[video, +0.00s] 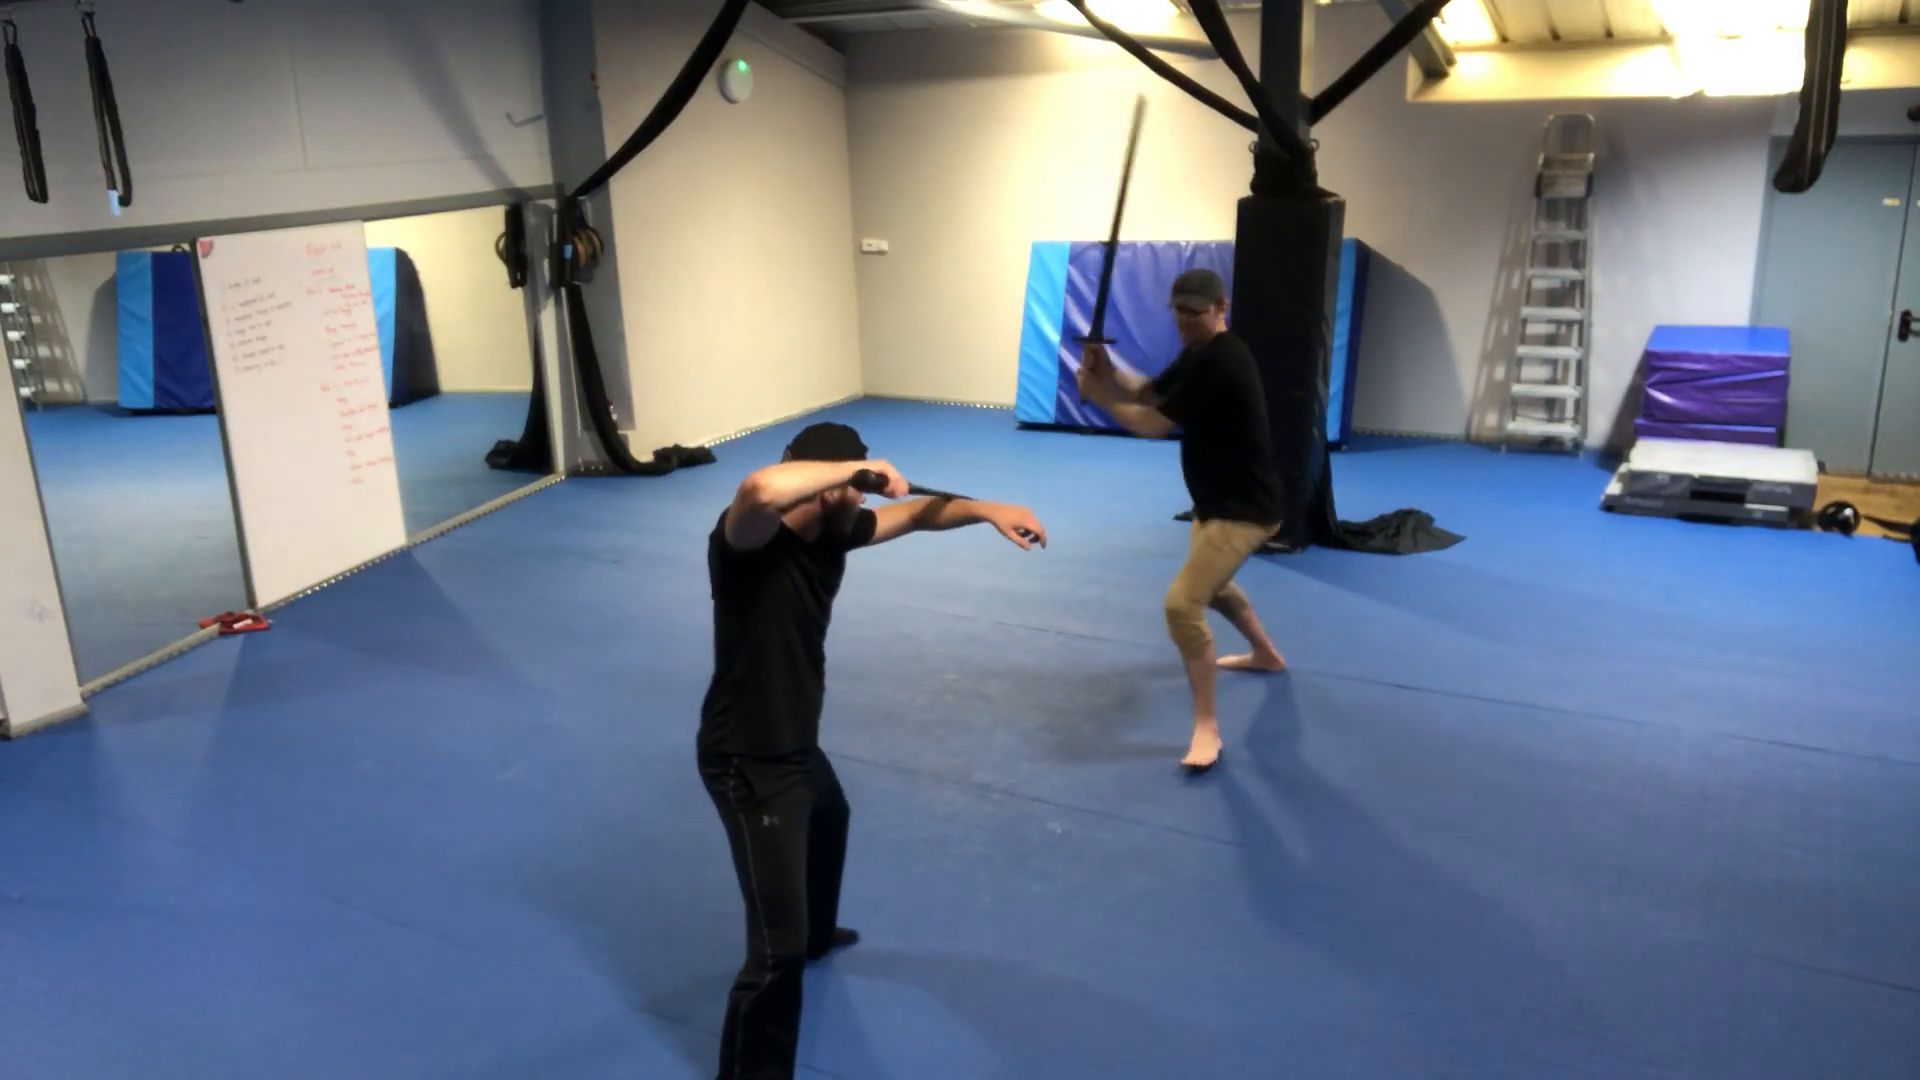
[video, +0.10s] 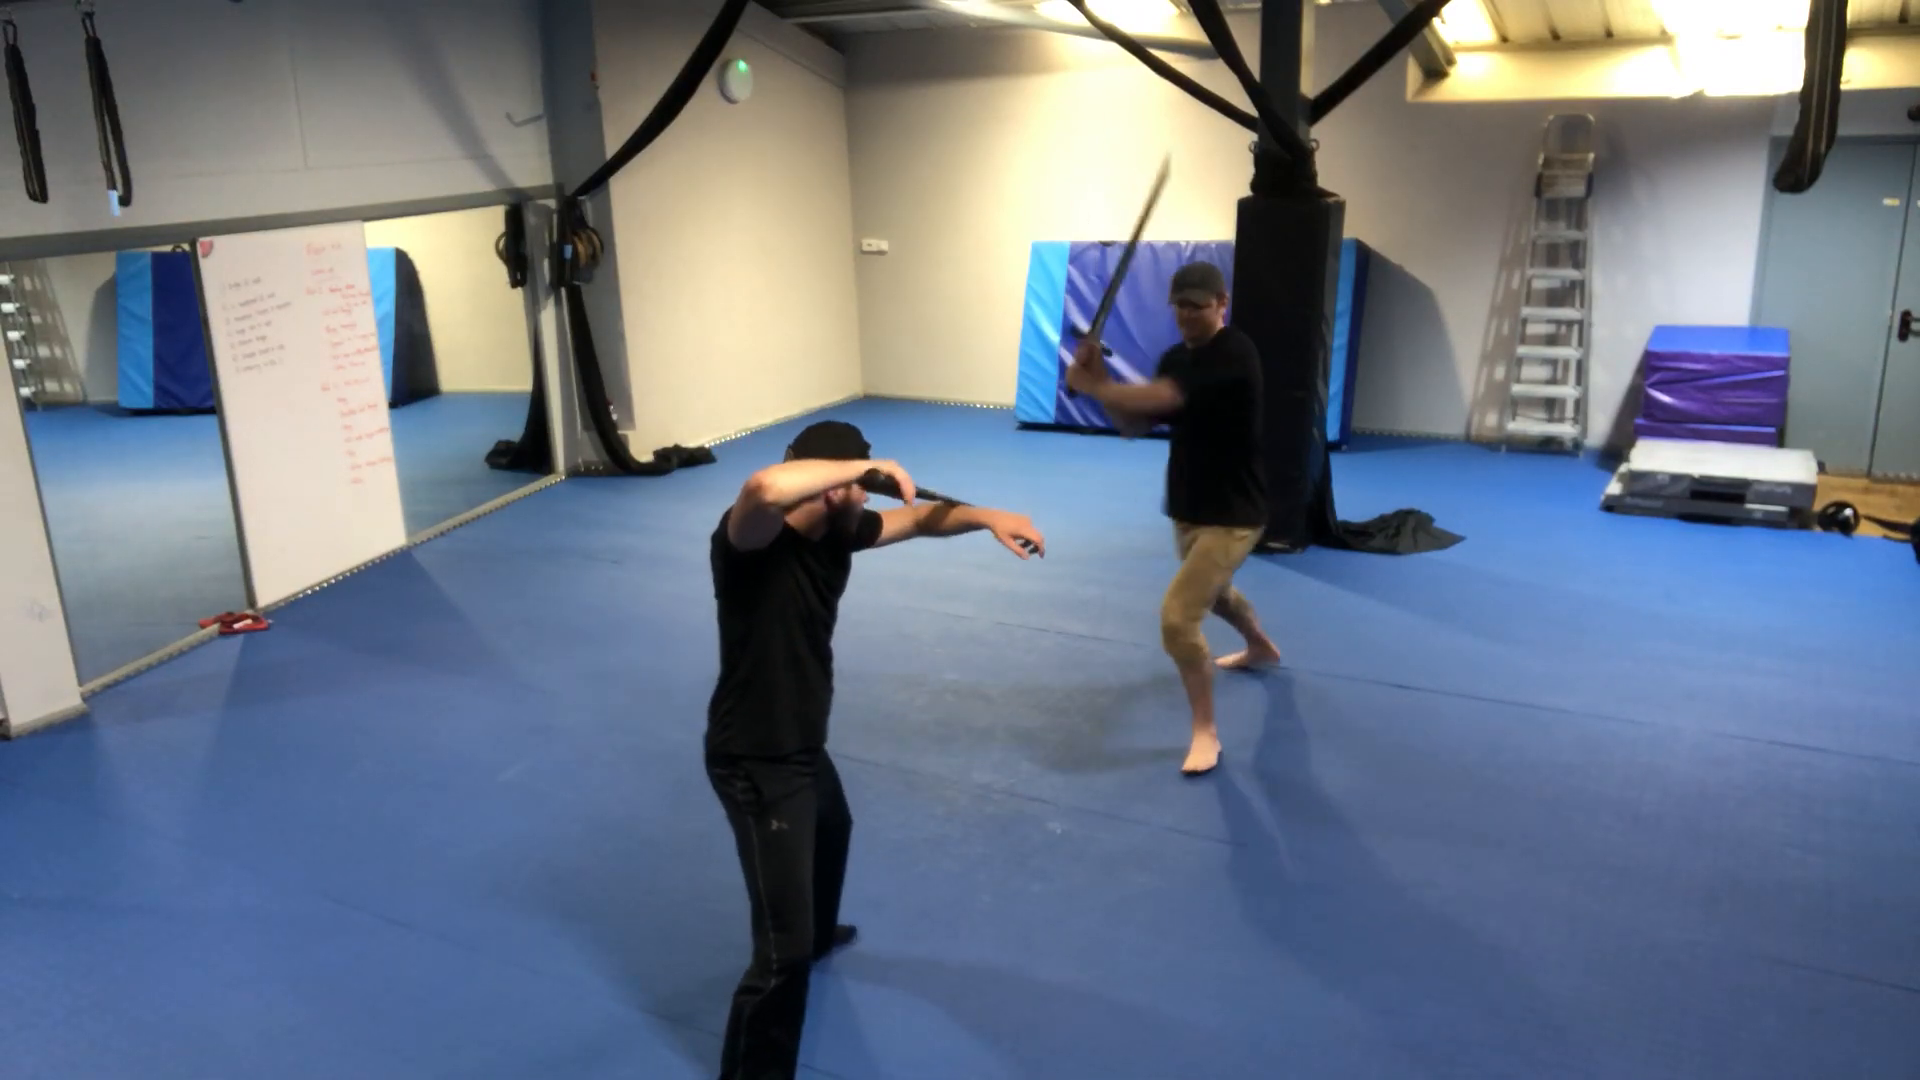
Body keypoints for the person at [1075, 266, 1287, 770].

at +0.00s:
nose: (1181, 323)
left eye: (1191, 314)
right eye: (1178, 314)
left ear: (1219, 312)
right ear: (1177, 312)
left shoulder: (1222, 361)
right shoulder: (1198, 353)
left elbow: (1157, 424)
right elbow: (1146, 393)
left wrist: (1103, 398)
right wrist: (1107, 367)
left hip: (1247, 510)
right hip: (1215, 503)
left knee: (1182, 607)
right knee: (1210, 584)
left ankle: (1205, 726)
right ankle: (1264, 652)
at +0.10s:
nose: (1187, 316)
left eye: (1197, 307)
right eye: (1180, 307)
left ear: (1221, 306)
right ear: (1172, 308)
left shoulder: (1235, 353)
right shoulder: (1178, 357)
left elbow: (1165, 400)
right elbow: (1143, 410)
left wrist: (1098, 387)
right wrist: (1100, 376)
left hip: (1235, 513)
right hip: (1188, 507)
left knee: (1179, 619)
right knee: (1216, 592)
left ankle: (1204, 730)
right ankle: (1261, 647)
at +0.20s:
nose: (1181, 312)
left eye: (1192, 303)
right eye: (1174, 302)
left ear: (1215, 301)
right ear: (1164, 302)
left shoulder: (1238, 338)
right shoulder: (1158, 356)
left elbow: (1179, 359)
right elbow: (1115, 436)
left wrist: (1097, 358)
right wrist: (1087, 372)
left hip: (1223, 510)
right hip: (1168, 507)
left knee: (1181, 635)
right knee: (1163, 625)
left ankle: (1206, 734)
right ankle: (1229, 630)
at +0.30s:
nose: (1169, 309)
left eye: (1178, 298)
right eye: (1159, 299)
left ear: (1199, 293)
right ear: (1146, 297)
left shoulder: (1225, 329)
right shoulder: (1133, 357)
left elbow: (1193, 344)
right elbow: (1114, 433)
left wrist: (1097, 345)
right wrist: (1084, 367)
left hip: (1213, 508)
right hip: (1149, 507)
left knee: (1190, 646)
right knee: (1122, 637)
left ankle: (1208, 732)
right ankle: (1173, 675)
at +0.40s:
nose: (1147, 306)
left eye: (1156, 295)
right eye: (1137, 296)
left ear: (1176, 290)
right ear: (1124, 295)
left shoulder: (1201, 325)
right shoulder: (1110, 352)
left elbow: (1196, 349)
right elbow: (1111, 442)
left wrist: (1105, 364)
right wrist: (1082, 381)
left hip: (1194, 518)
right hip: (1126, 518)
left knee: (1194, 653)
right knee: (1091, 645)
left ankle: (1205, 735)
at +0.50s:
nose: (1124, 316)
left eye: (1133, 305)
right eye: (1113, 306)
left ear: (1151, 299)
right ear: (1099, 304)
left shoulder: (1177, 339)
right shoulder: (1084, 366)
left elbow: (1187, 376)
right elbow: (1093, 457)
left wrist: (1113, 399)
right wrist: (1083, 415)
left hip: (1176, 534)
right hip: (1106, 536)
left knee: (1192, 666)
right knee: (1073, 663)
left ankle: (1171, 731)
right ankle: (1030, 788)